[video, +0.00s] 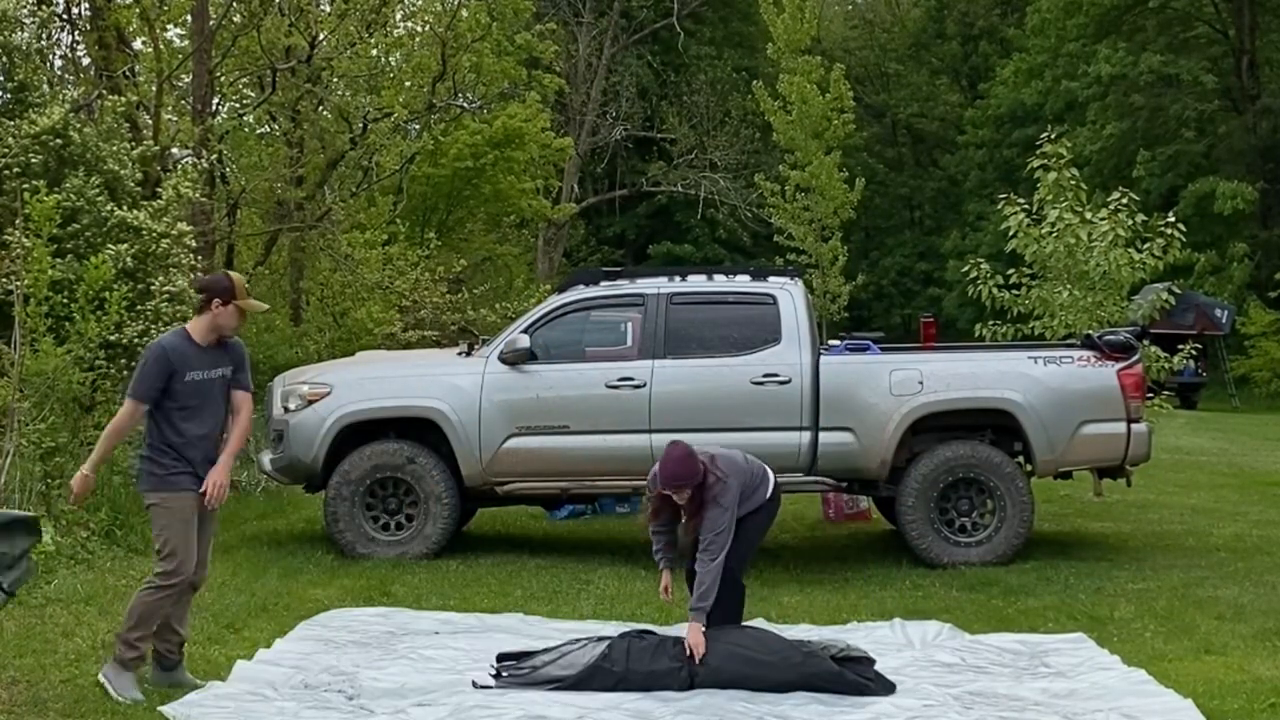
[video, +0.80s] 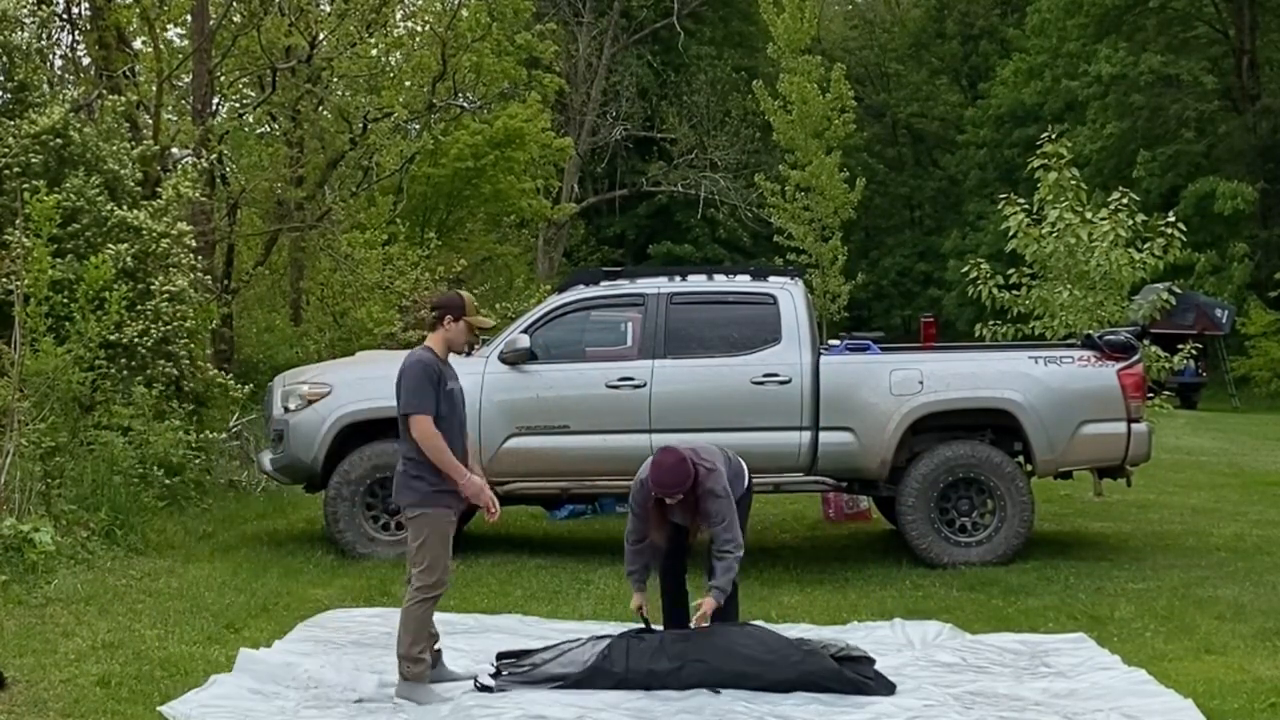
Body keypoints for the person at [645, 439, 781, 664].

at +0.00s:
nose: (679, 497)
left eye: (684, 490)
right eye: (673, 491)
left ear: (696, 481)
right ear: (662, 484)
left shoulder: (722, 483)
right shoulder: (658, 480)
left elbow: (712, 553)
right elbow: (661, 523)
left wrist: (696, 621)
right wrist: (665, 567)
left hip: (759, 497)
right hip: (712, 502)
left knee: (728, 570)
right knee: (695, 572)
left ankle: (725, 642)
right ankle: (712, 642)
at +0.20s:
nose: (678, 512)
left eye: (684, 506)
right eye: (672, 507)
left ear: (696, 495)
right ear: (660, 495)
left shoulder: (721, 489)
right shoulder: (651, 488)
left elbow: (719, 563)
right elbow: (652, 531)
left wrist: (705, 632)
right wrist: (661, 571)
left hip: (751, 492)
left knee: (725, 571)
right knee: (683, 567)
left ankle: (726, 644)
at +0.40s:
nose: (680, 514)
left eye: (687, 508)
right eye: (674, 508)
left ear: (700, 494)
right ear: (662, 493)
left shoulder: (720, 491)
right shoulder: (647, 488)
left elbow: (723, 559)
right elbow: (642, 542)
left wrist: (708, 623)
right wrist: (651, 586)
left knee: (723, 566)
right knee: (667, 571)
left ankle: (723, 641)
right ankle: (675, 642)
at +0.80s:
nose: (668, 501)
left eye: (674, 496)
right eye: (662, 496)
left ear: (689, 484)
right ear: (652, 484)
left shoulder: (713, 480)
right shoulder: (643, 484)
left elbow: (729, 545)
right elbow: (635, 538)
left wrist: (715, 596)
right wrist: (638, 590)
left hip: (731, 491)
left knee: (720, 570)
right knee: (670, 570)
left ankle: (724, 643)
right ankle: (676, 642)